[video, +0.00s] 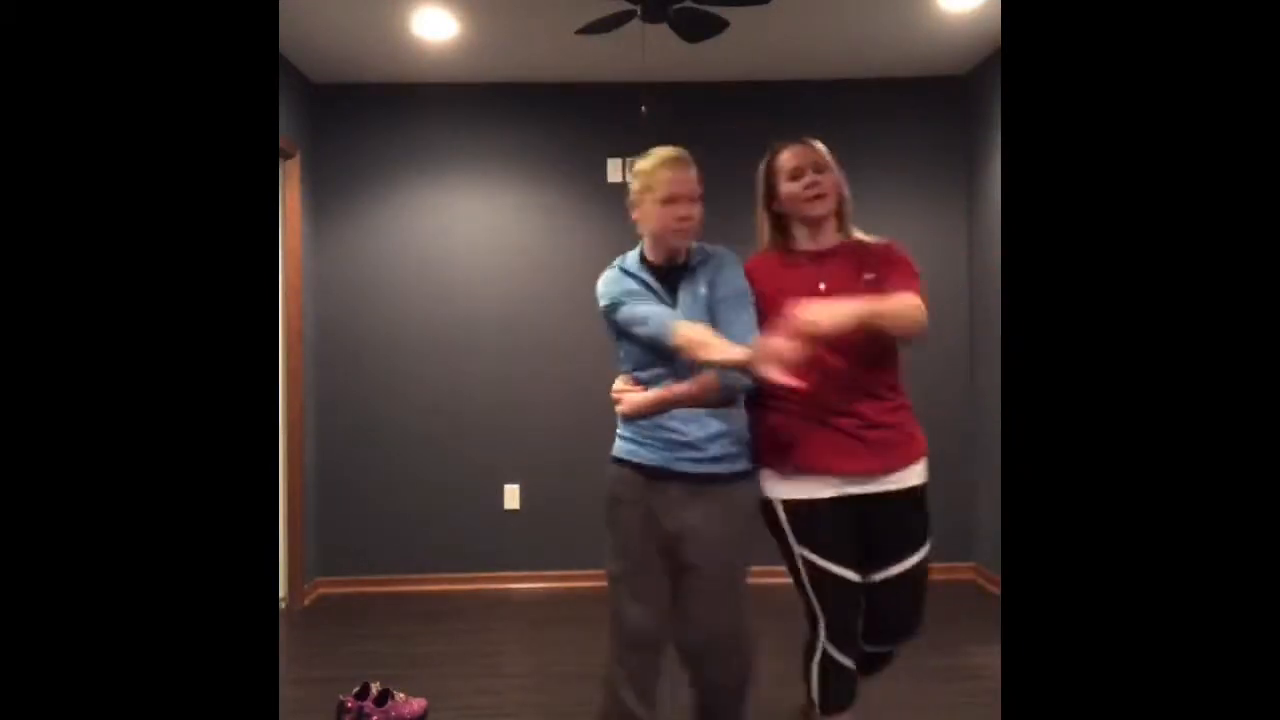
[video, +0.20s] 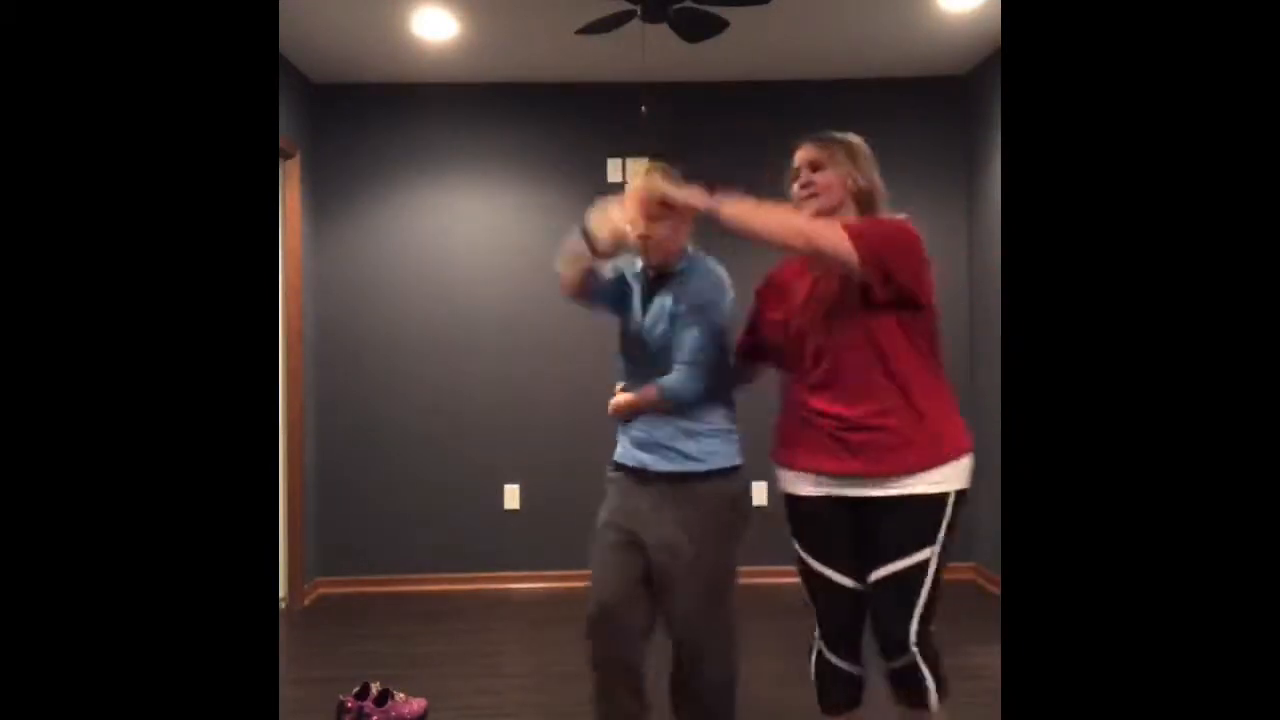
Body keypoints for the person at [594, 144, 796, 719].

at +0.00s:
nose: (686, 213)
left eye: (694, 200)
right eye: (671, 201)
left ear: (704, 205)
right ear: (636, 212)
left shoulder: (723, 270)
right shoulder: (616, 283)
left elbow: (738, 375)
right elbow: (674, 333)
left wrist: (657, 398)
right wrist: (750, 354)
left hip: (719, 480)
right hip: (639, 477)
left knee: (715, 635)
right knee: (637, 632)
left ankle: (722, 713)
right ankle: (631, 714)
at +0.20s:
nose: (644, 234)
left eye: (656, 221)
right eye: (638, 222)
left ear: (685, 222)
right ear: (629, 226)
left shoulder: (707, 282)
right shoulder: (632, 278)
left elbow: (693, 379)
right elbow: (576, 284)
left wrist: (634, 399)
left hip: (702, 480)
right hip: (633, 476)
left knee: (699, 634)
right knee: (610, 617)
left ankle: (704, 715)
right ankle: (621, 714)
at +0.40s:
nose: (587, 248)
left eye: (594, 236)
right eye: (587, 236)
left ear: (628, 235)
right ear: (637, 234)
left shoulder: (632, 302)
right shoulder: (674, 292)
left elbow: (597, 398)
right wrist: (646, 175)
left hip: (647, 485)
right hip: (657, 478)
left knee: (639, 616)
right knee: (613, 604)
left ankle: (684, 710)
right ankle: (675, 704)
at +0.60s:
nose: (632, 238)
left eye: (629, 227)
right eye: (626, 228)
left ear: (571, 237)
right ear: (603, 234)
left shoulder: (544, 308)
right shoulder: (636, 287)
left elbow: (569, 388)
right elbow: (737, 276)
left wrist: (651, 359)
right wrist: (757, 209)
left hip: (597, 486)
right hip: (668, 478)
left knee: (605, 606)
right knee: (678, 599)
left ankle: (654, 699)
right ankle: (684, 698)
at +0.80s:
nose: (624, 226)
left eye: (621, 214)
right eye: (613, 215)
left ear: (571, 223)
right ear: (580, 222)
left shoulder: (561, 279)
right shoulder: (588, 278)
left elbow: (608, 382)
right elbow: (685, 323)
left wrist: (670, 356)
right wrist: (754, 284)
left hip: (586, 469)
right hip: (617, 472)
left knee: (621, 607)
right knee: (663, 609)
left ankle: (614, 708)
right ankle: (676, 707)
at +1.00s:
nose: (624, 210)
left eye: (623, 199)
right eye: (610, 202)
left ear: (614, 206)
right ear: (573, 211)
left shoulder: (602, 276)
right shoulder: (569, 275)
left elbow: (665, 345)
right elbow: (618, 356)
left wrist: (699, 280)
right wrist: (694, 361)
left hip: (620, 465)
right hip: (596, 470)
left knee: (624, 601)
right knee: (661, 601)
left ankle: (612, 707)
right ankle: (656, 709)